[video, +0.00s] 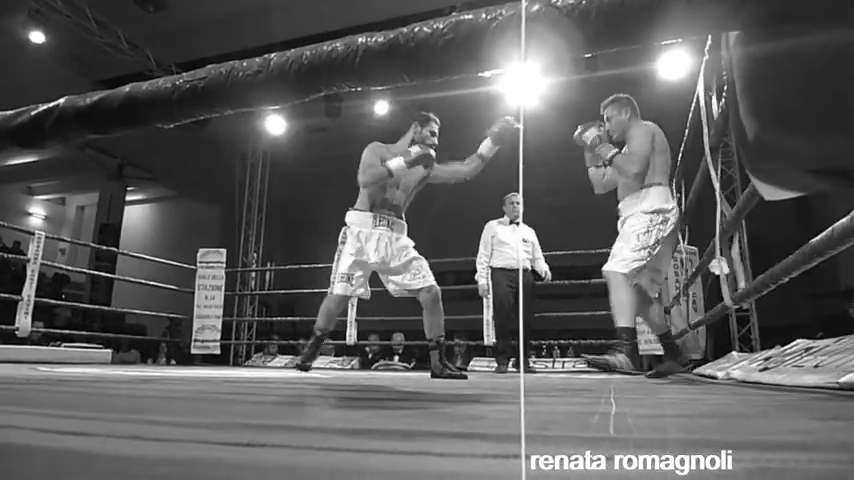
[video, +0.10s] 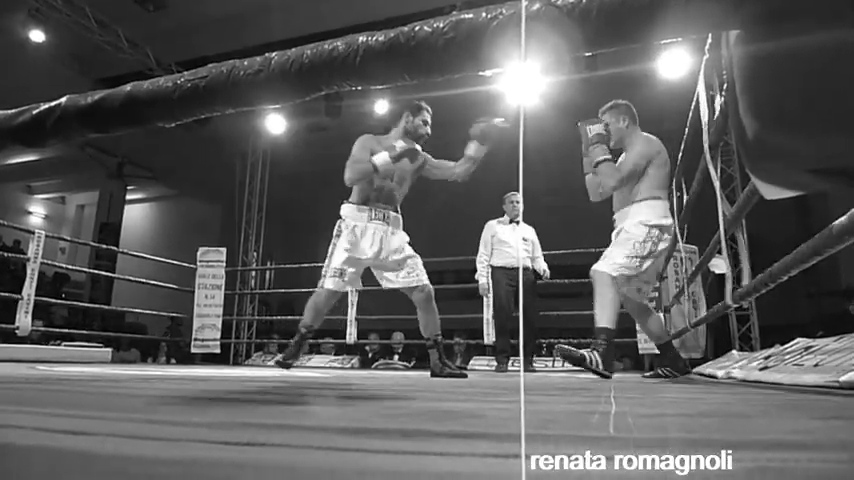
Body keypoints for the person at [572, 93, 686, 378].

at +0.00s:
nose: (605, 125)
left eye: (608, 118)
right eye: (603, 120)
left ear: (626, 114)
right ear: (624, 117)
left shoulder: (642, 129)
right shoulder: (627, 147)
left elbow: (635, 169)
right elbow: (600, 184)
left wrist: (606, 149)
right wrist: (588, 149)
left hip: (650, 211)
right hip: (637, 215)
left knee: (616, 270)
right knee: (635, 290)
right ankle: (675, 353)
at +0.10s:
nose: (604, 131)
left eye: (607, 124)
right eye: (602, 126)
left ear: (625, 121)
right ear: (621, 125)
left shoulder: (645, 143)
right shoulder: (623, 156)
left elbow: (613, 180)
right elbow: (595, 193)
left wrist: (598, 148)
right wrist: (589, 156)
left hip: (647, 222)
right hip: (631, 225)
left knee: (603, 273)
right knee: (631, 299)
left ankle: (602, 353)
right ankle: (673, 359)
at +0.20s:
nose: (591, 117)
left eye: (593, 110)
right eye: (590, 111)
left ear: (610, 105)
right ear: (620, 106)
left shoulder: (617, 128)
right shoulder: (646, 133)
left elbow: (586, 169)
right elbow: (622, 168)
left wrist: (562, 137)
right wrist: (588, 147)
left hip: (631, 213)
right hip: (654, 212)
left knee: (584, 272)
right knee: (649, 289)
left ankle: (593, 361)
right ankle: (669, 355)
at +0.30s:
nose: (585, 107)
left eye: (586, 100)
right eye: (583, 102)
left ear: (602, 93)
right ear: (615, 94)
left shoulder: (603, 113)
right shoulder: (648, 120)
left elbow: (574, 147)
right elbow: (652, 170)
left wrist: (547, 132)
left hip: (625, 201)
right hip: (659, 202)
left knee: (581, 277)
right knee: (647, 288)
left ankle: (592, 366)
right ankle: (682, 362)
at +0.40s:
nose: (583, 93)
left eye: (585, 87)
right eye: (581, 88)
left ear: (601, 78)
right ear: (611, 77)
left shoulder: (602, 96)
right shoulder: (648, 105)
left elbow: (582, 131)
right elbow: (650, 158)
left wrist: (547, 124)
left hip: (622, 184)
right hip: (658, 188)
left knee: (584, 273)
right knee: (648, 279)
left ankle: (593, 366)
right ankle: (696, 353)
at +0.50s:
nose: (579, 81)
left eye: (581, 72)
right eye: (577, 74)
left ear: (598, 67)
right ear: (615, 67)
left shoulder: (600, 90)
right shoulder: (651, 97)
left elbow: (598, 137)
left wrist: (556, 135)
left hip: (620, 176)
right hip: (661, 180)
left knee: (556, 259)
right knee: (665, 275)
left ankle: (571, 349)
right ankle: (715, 358)